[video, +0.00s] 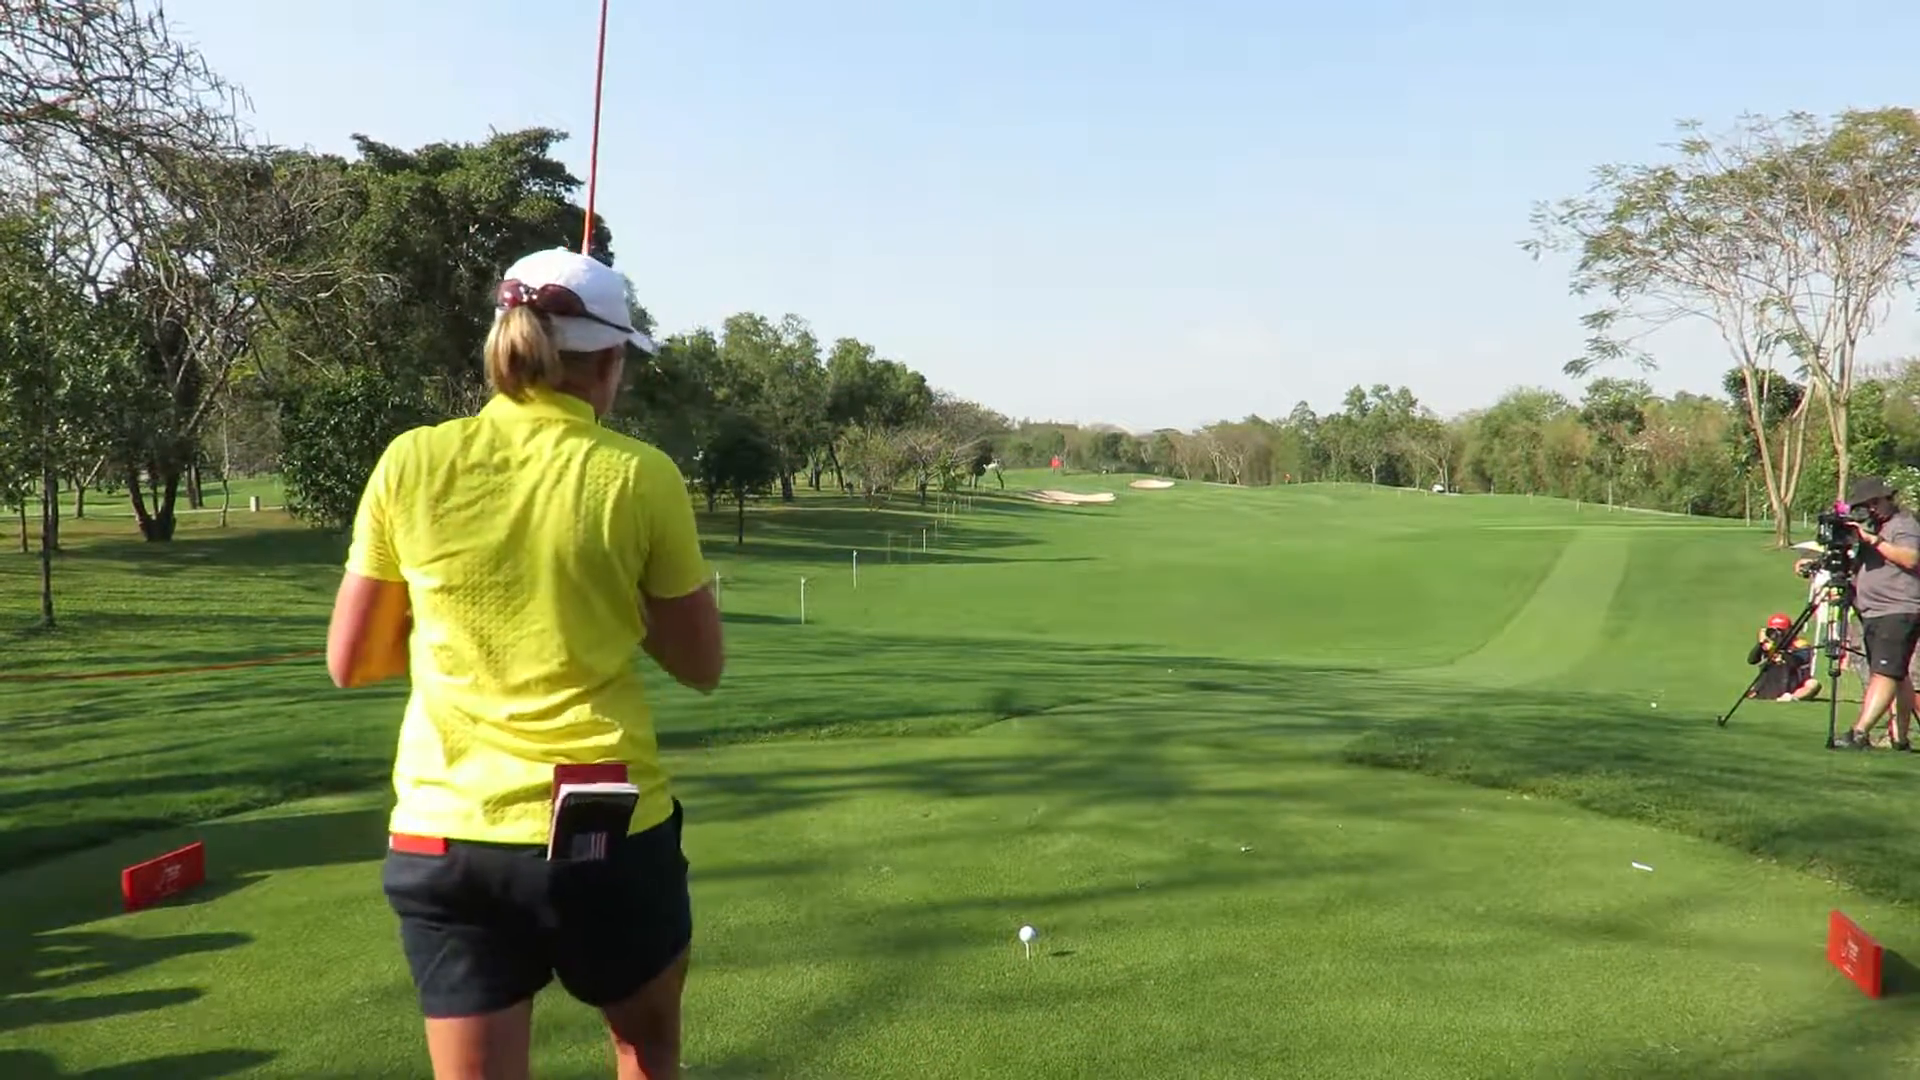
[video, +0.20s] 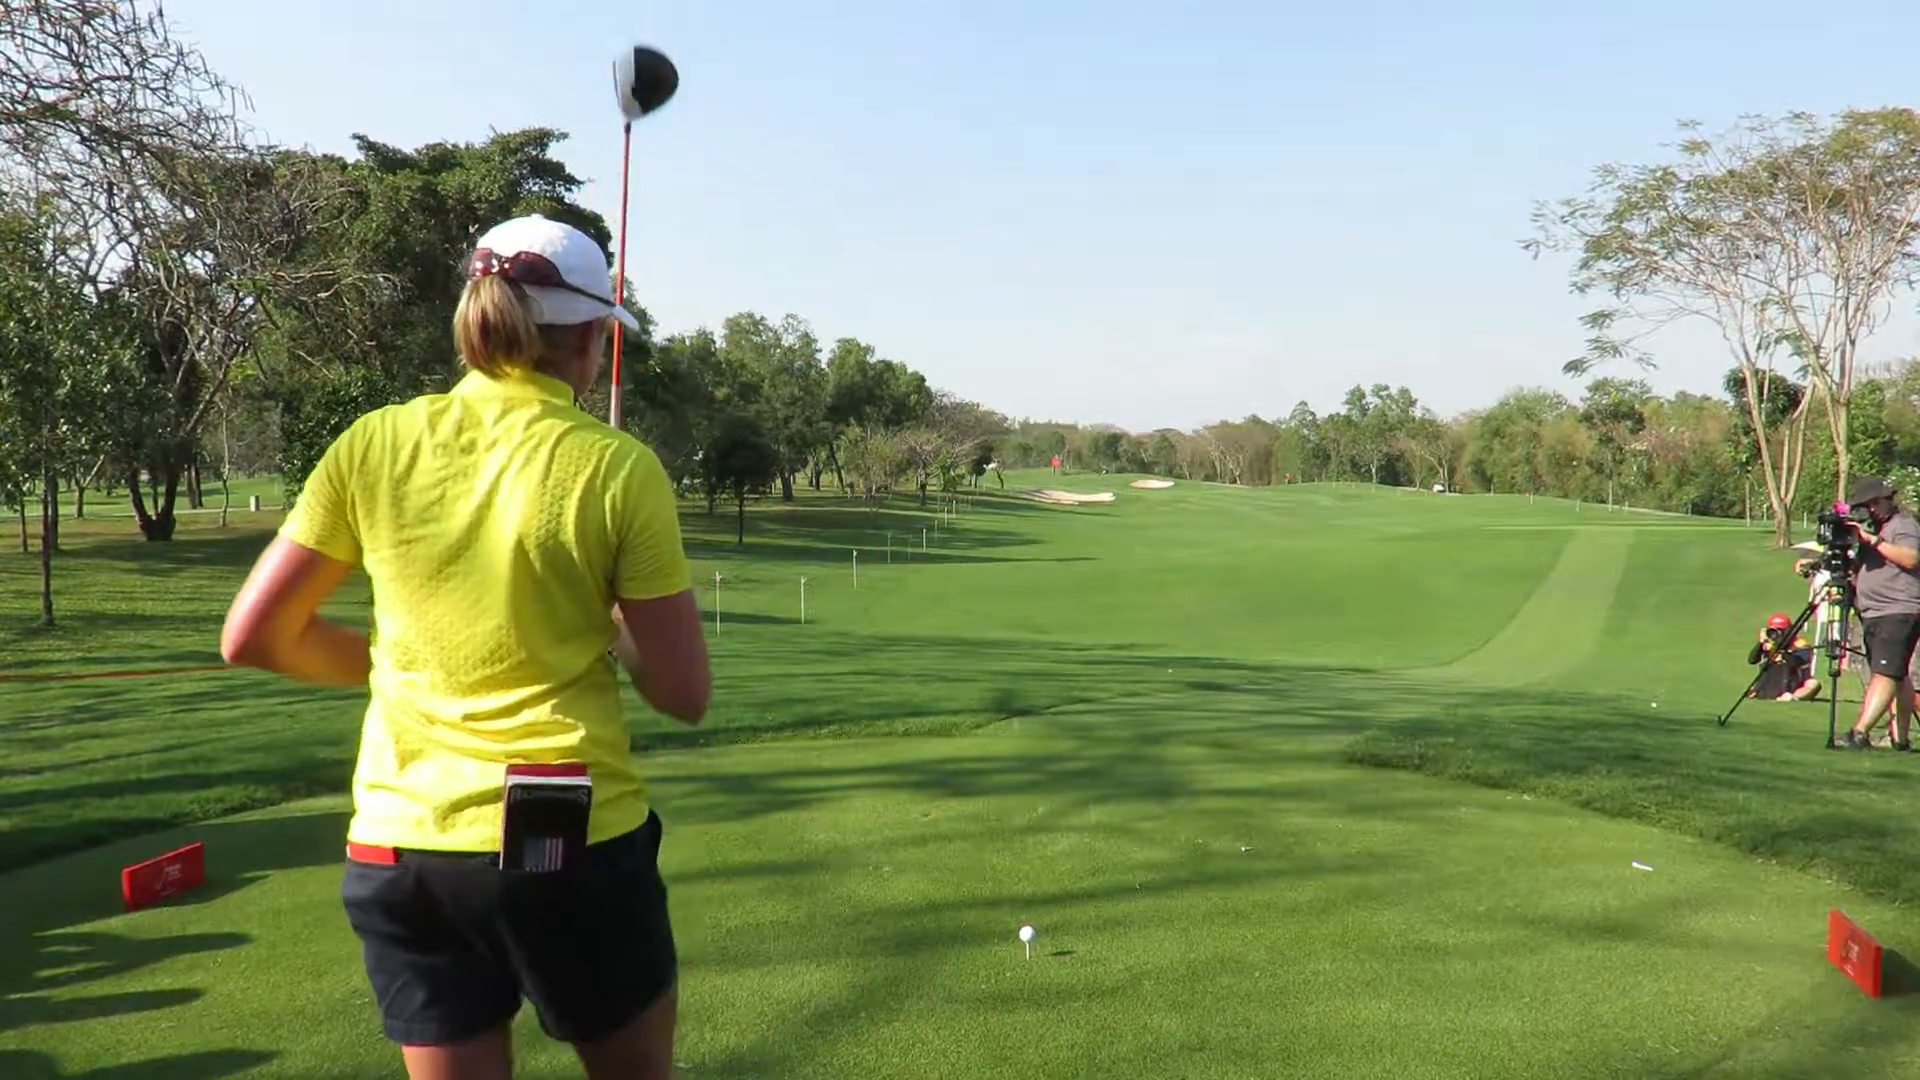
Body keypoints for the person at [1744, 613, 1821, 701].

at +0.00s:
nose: (1775, 635)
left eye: (1779, 631)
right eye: (1771, 632)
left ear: (1788, 632)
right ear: (1767, 633)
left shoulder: (1801, 645)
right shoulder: (1769, 645)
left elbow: (1799, 661)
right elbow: (1752, 660)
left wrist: (1783, 656)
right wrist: (1761, 644)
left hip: (1792, 686)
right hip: (1769, 684)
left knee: (1814, 684)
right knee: (1750, 692)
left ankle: (1793, 697)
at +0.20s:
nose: (1775, 636)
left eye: (1779, 632)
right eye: (1772, 632)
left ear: (1788, 632)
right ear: (1768, 633)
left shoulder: (1801, 645)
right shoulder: (1769, 646)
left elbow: (1798, 662)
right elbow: (1752, 660)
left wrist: (1784, 655)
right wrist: (1761, 643)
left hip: (1793, 686)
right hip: (1770, 684)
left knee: (1814, 683)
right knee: (1750, 692)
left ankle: (1793, 697)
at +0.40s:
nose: (1775, 635)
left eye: (1779, 631)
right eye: (1772, 632)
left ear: (1788, 631)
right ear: (1768, 633)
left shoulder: (1801, 645)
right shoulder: (1768, 646)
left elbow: (1799, 661)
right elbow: (1751, 660)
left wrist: (1783, 655)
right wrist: (1760, 644)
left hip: (1792, 684)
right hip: (1769, 683)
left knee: (1813, 683)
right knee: (1750, 691)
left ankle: (1792, 697)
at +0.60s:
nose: (1775, 635)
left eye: (1779, 631)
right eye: (1771, 632)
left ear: (1787, 631)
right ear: (1767, 632)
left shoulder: (1799, 644)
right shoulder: (1767, 645)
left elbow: (1797, 661)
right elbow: (1750, 659)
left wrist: (1781, 654)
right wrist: (1759, 643)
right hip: (1768, 681)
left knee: (1812, 683)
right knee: (1749, 691)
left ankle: (1791, 696)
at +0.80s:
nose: (1775, 635)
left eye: (1779, 631)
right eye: (1771, 631)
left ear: (1787, 631)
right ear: (1767, 632)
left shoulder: (1798, 643)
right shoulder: (1766, 645)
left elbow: (1797, 660)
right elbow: (1750, 659)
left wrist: (1781, 655)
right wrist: (1758, 643)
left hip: (1791, 682)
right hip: (1768, 681)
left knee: (1812, 683)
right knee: (1749, 690)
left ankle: (1790, 696)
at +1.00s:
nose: (1774, 636)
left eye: (1777, 632)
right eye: (1771, 632)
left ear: (1786, 631)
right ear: (1767, 632)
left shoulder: (1798, 644)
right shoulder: (1767, 645)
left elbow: (1799, 661)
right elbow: (1750, 660)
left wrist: (1783, 655)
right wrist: (1759, 643)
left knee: (1812, 683)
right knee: (1749, 691)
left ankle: (1791, 696)